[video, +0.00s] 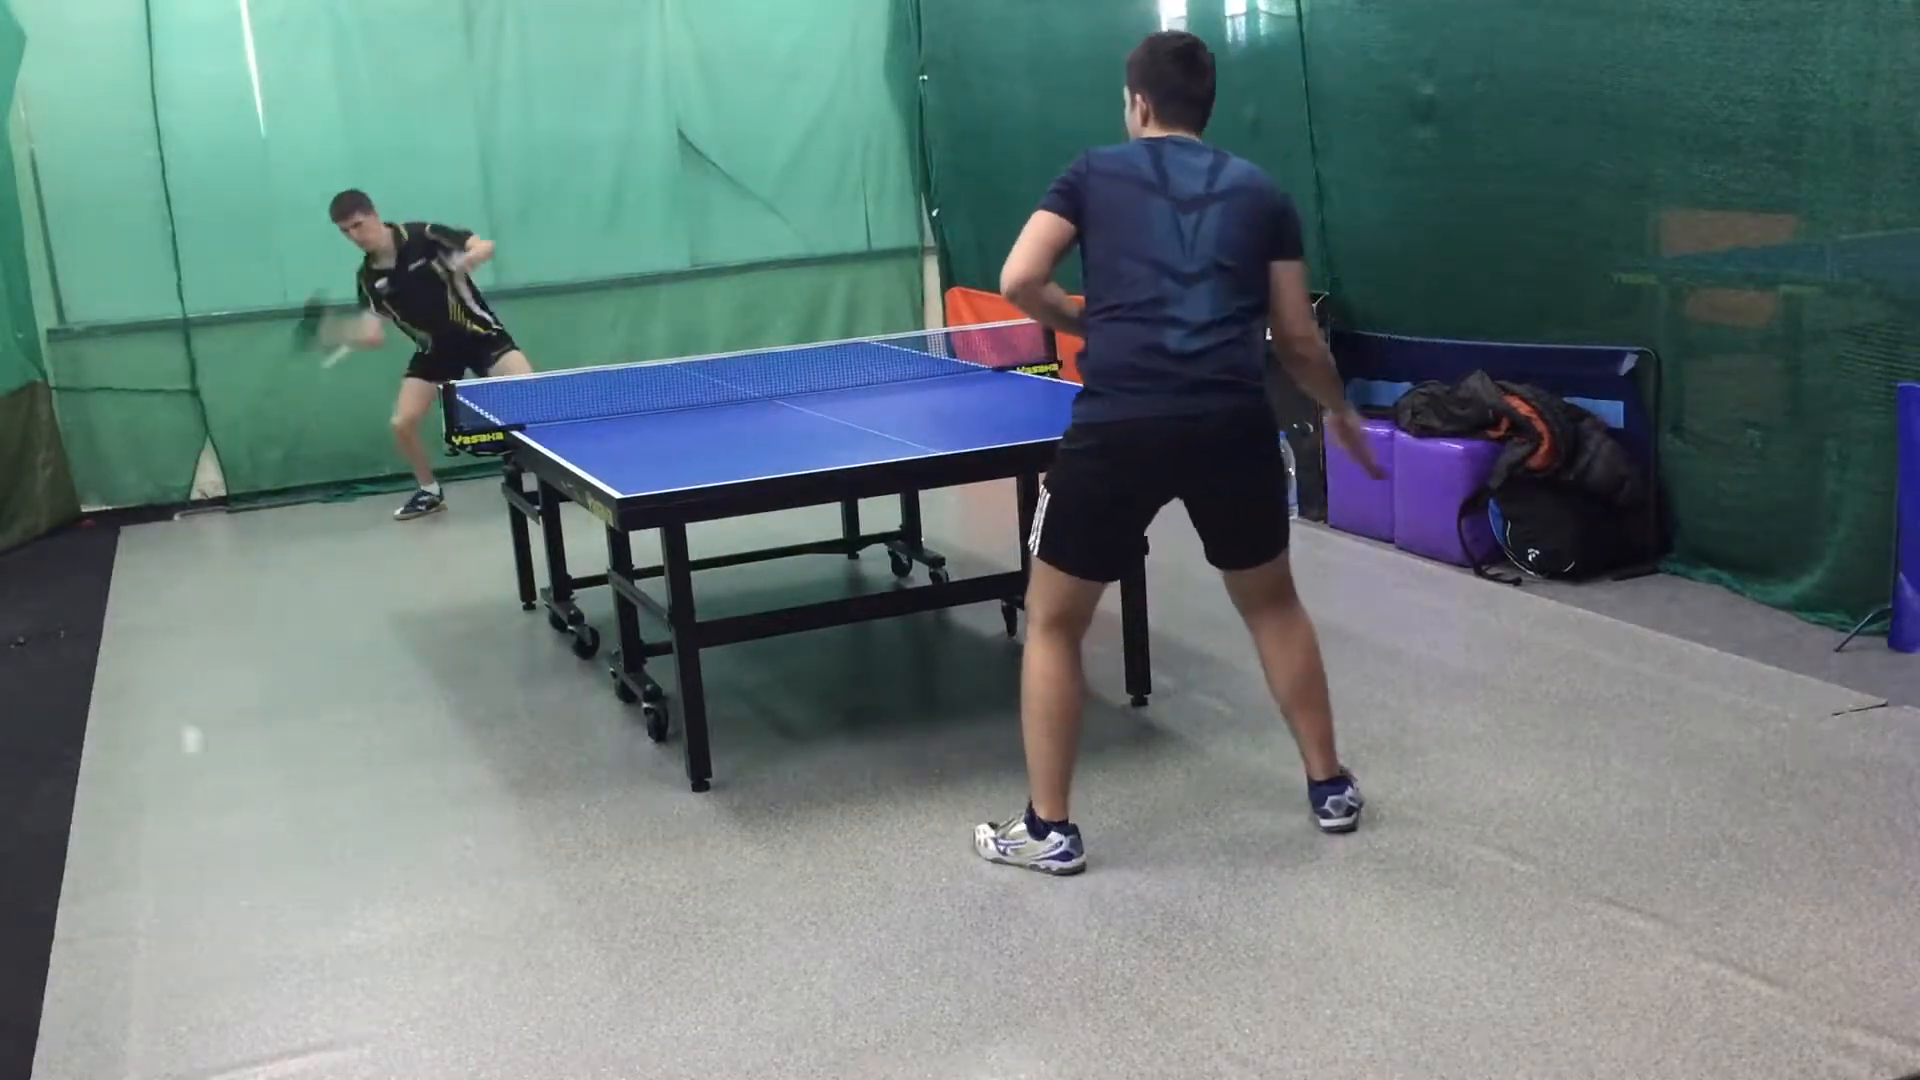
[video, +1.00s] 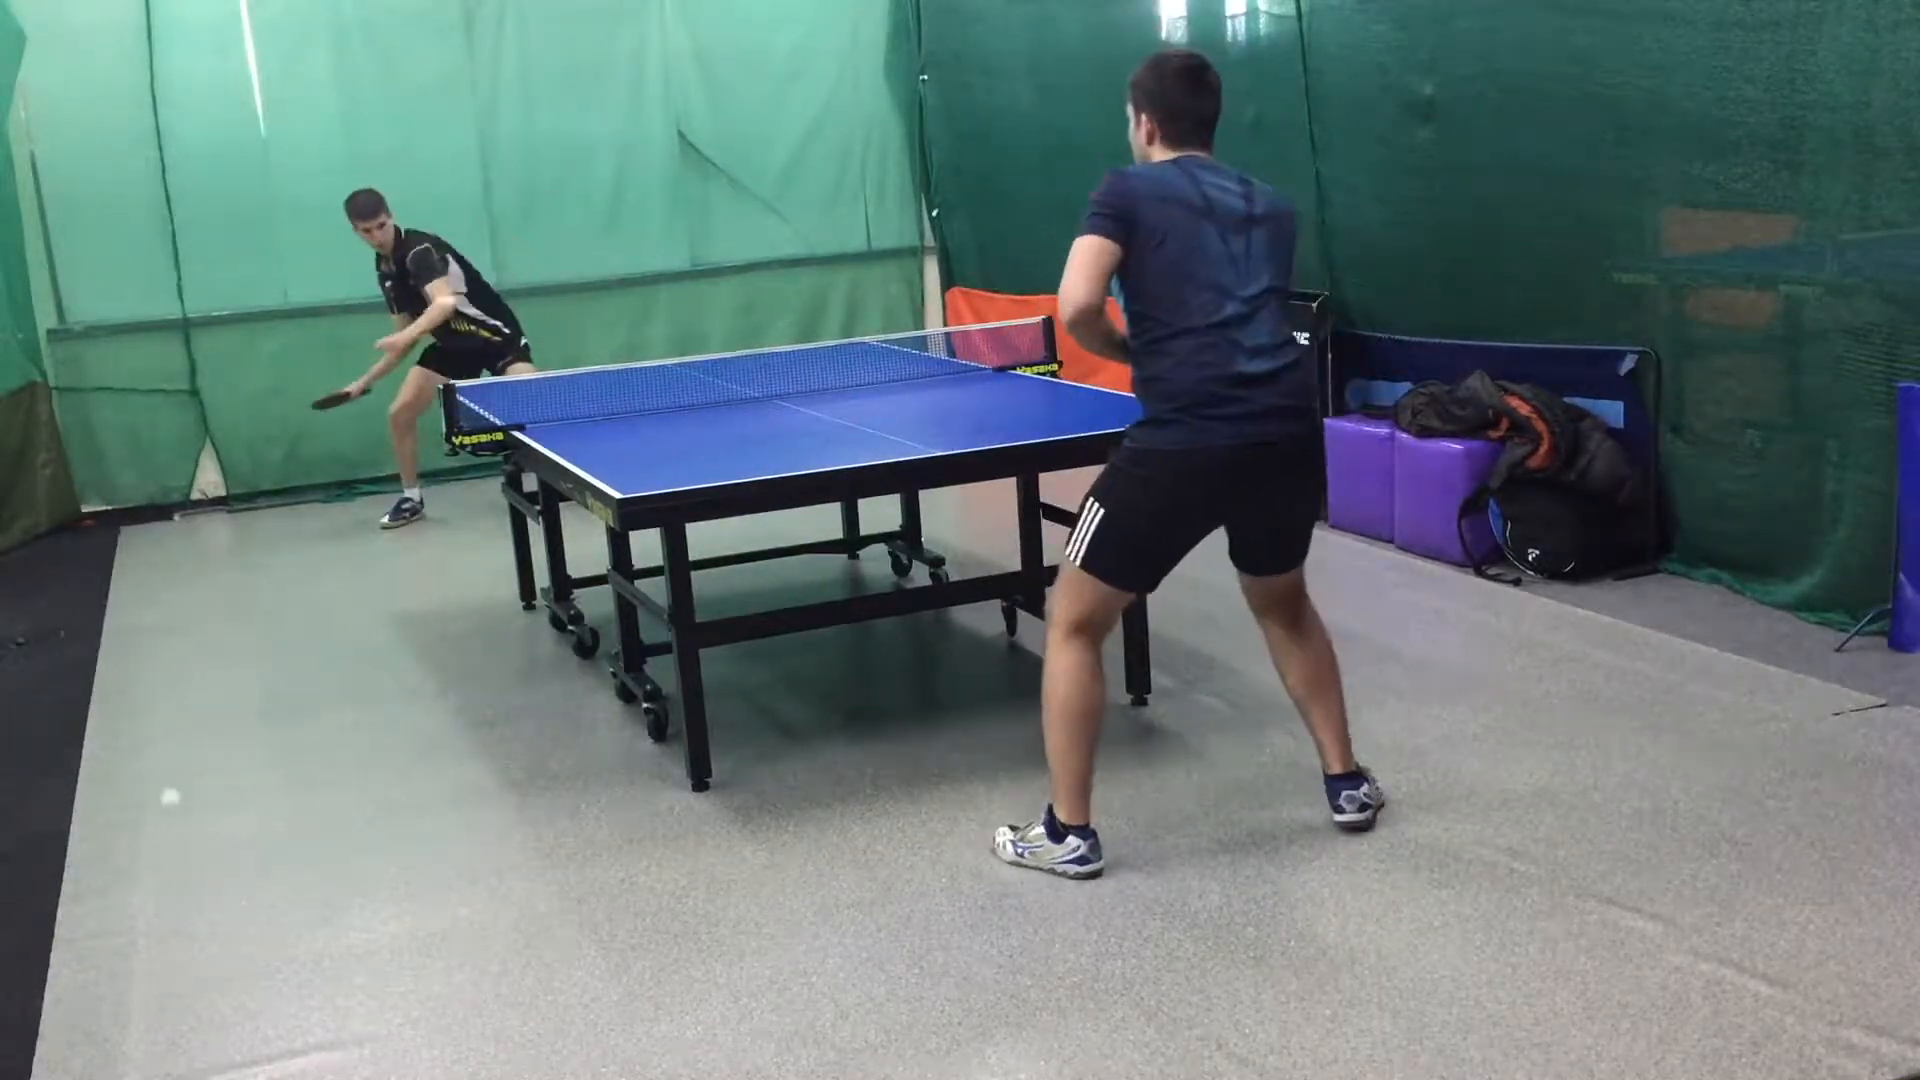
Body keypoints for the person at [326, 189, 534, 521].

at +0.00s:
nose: (355, 236)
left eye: (357, 226)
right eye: (347, 231)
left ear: (374, 215)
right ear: (344, 233)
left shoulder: (420, 235)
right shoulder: (367, 277)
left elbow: (484, 246)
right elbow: (375, 334)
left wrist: (466, 260)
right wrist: (349, 334)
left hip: (480, 334)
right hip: (434, 348)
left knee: (530, 393)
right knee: (403, 423)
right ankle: (429, 490)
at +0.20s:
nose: (398, 179)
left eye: (403, 170)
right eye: (390, 174)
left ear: (418, 167)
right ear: (381, 177)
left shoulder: (453, 200)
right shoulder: (387, 223)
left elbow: (512, 219)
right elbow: (392, 267)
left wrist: (544, 212)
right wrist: (405, 216)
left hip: (481, 322)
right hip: (431, 335)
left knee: (534, 388)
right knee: (417, 422)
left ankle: (536, 470)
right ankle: (420, 486)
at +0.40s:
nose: (443, 174)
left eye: (447, 165)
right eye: (434, 168)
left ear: (454, 165)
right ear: (419, 171)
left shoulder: (483, 205)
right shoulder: (415, 223)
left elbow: (532, 242)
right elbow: (413, 292)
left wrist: (569, 252)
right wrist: (434, 261)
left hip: (493, 319)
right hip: (443, 328)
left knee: (547, 385)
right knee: (420, 417)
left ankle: (527, 472)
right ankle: (397, 496)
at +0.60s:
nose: (422, 176)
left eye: (426, 167)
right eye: (413, 170)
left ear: (434, 164)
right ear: (398, 173)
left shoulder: (465, 204)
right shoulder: (395, 225)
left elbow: (512, 253)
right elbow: (390, 292)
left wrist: (541, 287)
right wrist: (416, 287)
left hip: (486, 312)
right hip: (437, 320)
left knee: (532, 384)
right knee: (403, 407)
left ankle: (540, 476)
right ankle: (409, 495)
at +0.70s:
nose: (400, 195)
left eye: (404, 186)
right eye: (391, 190)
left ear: (412, 182)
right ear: (376, 192)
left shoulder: (443, 219)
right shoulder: (379, 240)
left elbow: (484, 275)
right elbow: (379, 298)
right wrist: (379, 318)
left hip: (475, 312)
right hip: (432, 321)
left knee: (527, 390)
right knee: (399, 409)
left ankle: (537, 477)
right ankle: (410, 497)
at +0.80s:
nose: (381, 221)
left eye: (386, 211)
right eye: (372, 215)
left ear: (395, 205)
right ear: (360, 217)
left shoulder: (428, 243)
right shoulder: (371, 261)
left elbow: (446, 313)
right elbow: (378, 332)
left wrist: (414, 353)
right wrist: (349, 366)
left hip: (479, 326)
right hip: (436, 332)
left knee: (519, 388)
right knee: (392, 411)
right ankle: (409, 497)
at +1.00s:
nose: (376, 237)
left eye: (380, 227)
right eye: (367, 232)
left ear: (391, 217)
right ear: (356, 231)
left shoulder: (421, 251)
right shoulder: (385, 268)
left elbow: (445, 302)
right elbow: (406, 338)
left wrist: (406, 335)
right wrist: (365, 381)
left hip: (498, 338)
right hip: (452, 344)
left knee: (533, 397)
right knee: (401, 414)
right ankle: (412, 497)